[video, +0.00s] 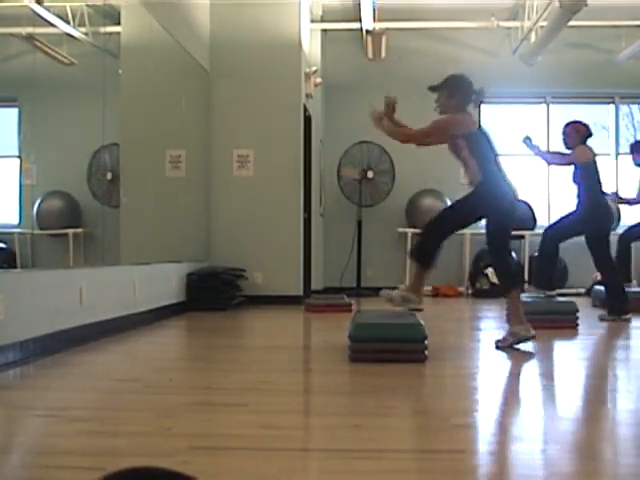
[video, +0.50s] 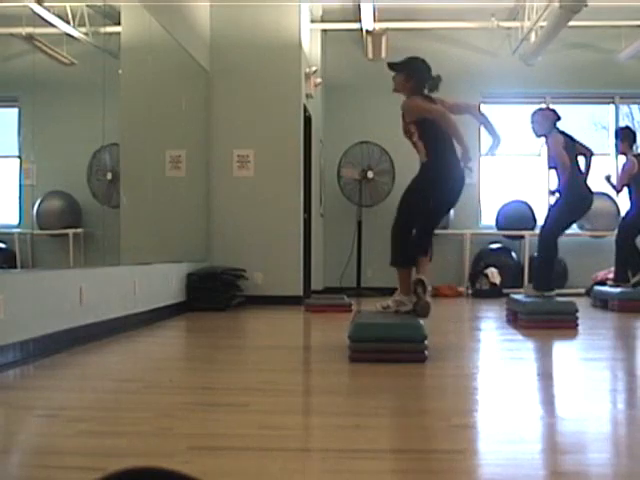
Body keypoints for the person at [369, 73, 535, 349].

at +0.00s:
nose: (437, 99)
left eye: (441, 94)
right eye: (438, 94)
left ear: (454, 97)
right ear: (460, 98)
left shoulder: (456, 122)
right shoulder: (461, 122)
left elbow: (411, 137)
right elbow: (419, 137)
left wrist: (382, 124)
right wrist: (393, 119)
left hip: (490, 195)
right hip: (493, 194)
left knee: (434, 231)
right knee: (500, 255)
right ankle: (518, 324)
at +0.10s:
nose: (426, 96)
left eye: (430, 92)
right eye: (427, 92)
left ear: (442, 95)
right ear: (448, 96)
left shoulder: (442, 121)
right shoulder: (453, 120)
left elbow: (396, 139)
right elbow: (410, 136)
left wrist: (371, 124)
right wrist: (386, 117)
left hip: (468, 193)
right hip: (483, 192)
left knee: (417, 230)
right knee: (491, 253)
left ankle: (406, 296)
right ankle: (517, 320)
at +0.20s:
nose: (414, 79)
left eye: (419, 75)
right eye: (416, 75)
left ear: (431, 80)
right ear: (440, 80)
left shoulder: (423, 109)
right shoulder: (448, 107)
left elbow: (395, 142)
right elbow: (428, 144)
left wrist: (370, 153)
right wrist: (393, 152)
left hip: (448, 179)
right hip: (471, 179)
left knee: (414, 226)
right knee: (470, 242)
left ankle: (406, 295)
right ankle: (493, 305)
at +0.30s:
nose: (404, 71)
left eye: (408, 66)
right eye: (405, 66)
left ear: (420, 70)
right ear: (428, 70)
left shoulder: (415, 98)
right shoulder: (440, 96)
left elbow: (415, 134)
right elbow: (446, 137)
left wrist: (403, 170)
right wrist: (431, 166)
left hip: (441, 168)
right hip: (464, 169)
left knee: (418, 224)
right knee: (450, 229)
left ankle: (406, 293)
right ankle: (464, 287)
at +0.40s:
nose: (396, 72)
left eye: (401, 68)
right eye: (398, 68)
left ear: (412, 73)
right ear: (421, 73)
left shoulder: (411, 97)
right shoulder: (434, 96)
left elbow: (435, 120)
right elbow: (468, 113)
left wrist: (444, 158)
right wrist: (485, 139)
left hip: (435, 165)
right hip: (457, 166)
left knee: (412, 226)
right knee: (433, 225)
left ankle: (405, 294)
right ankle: (437, 279)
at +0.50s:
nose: (394, 79)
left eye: (398, 75)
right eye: (395, 75)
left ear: (410, 80)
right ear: (418, 82)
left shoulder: (410, 103)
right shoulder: (434, 102)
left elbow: (442, 114)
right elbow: (472, 107)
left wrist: (463, 148)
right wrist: (495, 135)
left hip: (433, 172)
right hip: (453, 173)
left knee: (402, 228)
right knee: (425, 228)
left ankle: (404, 295)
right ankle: (422, 279)